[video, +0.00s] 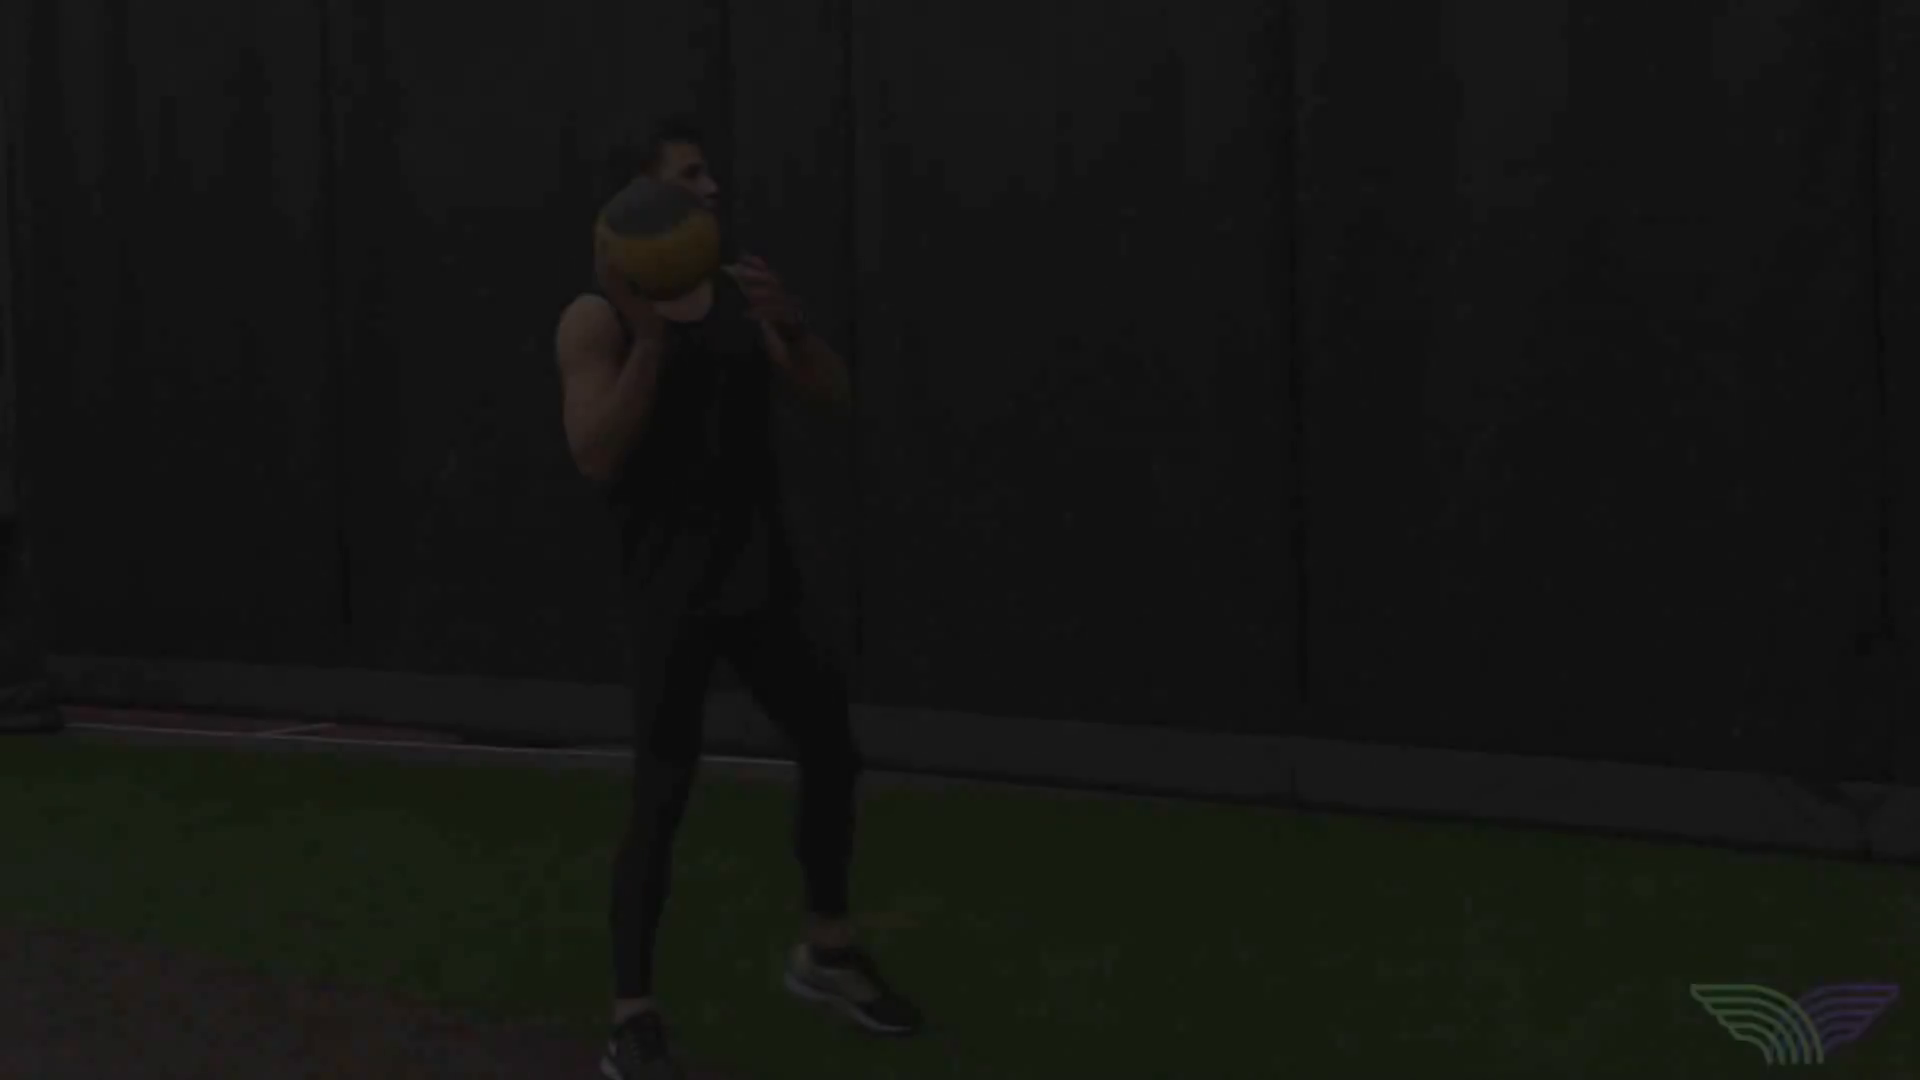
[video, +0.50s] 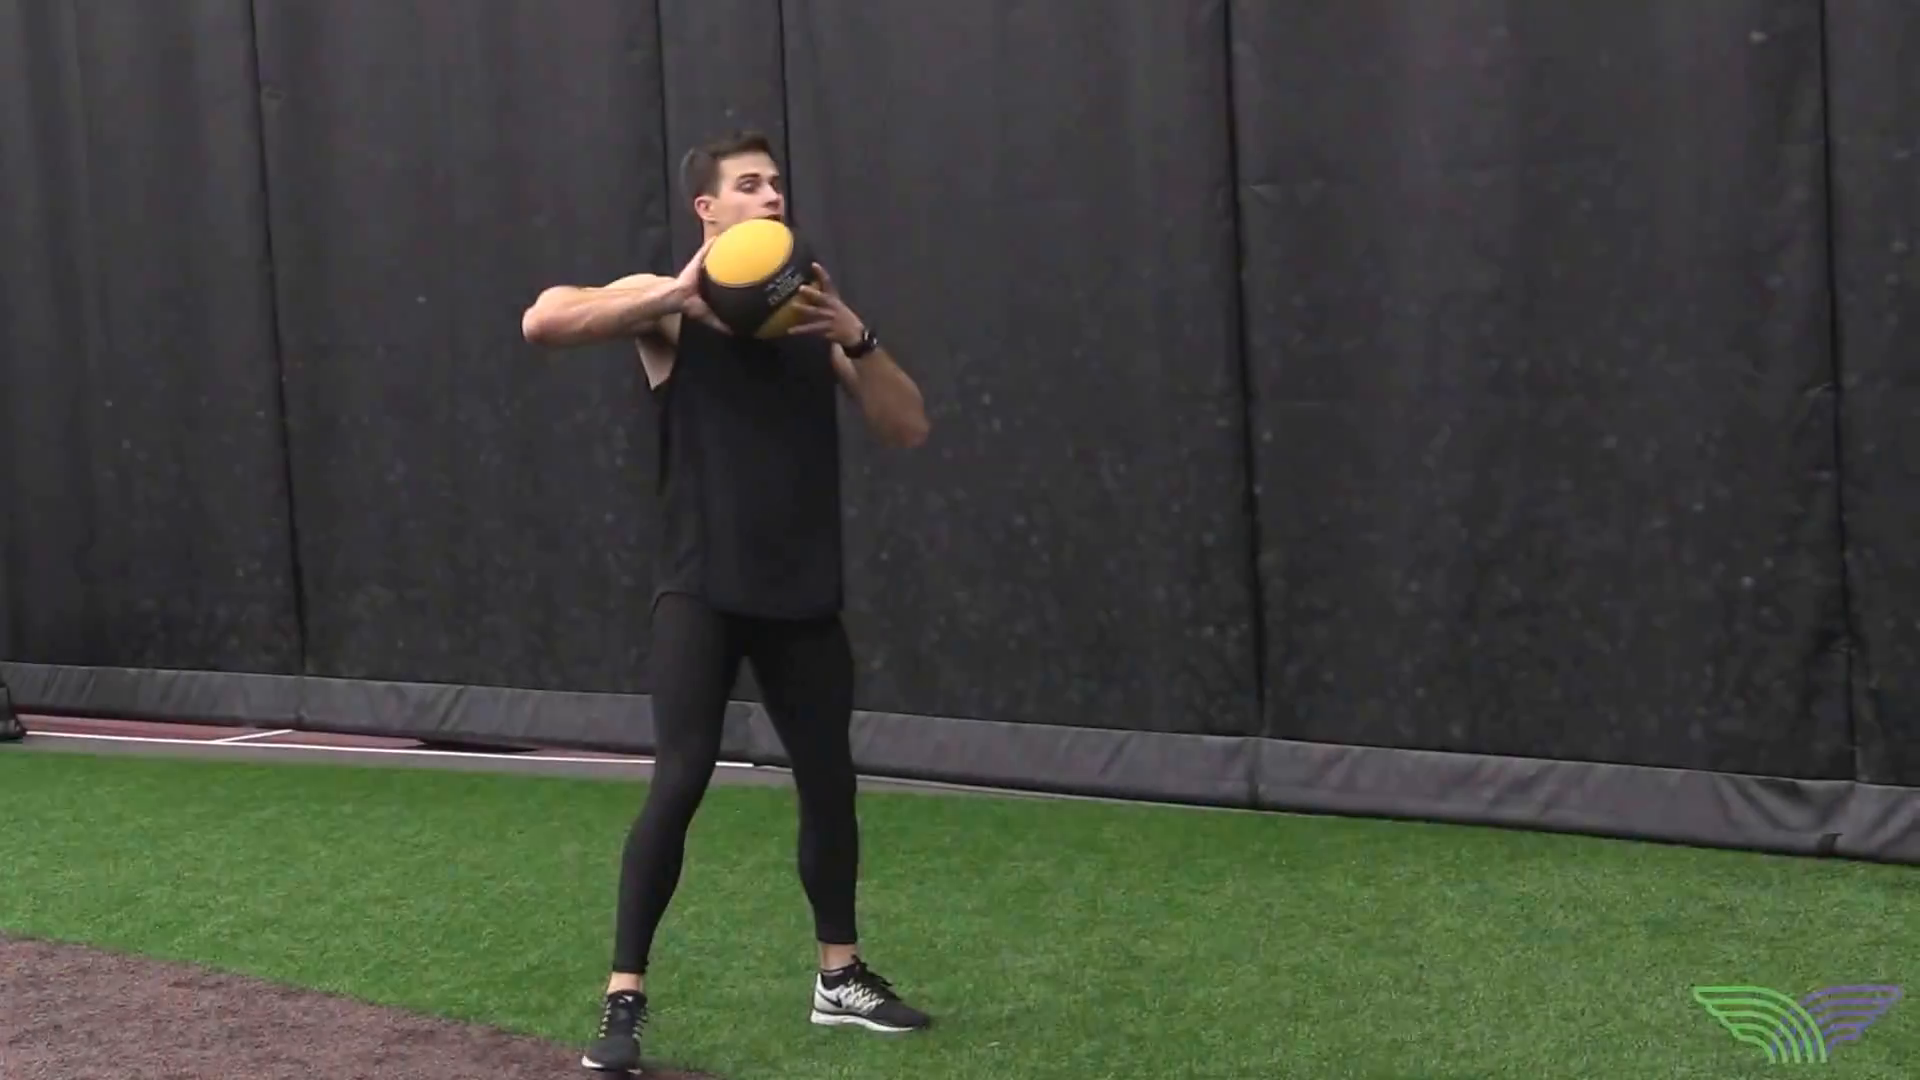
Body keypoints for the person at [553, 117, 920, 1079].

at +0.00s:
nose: (702, 192)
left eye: (705, 177)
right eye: (682, 179)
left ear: (715, 190)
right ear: (638, 196)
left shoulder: (737, 297)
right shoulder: (598, 317)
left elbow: (827, 396)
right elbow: (595, 452)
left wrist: (783, 328)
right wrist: (650, 339)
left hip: (758, 570)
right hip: (664, 580)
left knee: (830, 749)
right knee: (660, 789)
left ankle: (828, 948)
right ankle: (633, 1008)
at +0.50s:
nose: (770, 197)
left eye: (776, 185)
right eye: (749, 184)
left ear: (788, 205)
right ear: (704, 206)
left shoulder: (815, 306)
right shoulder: (666, 297)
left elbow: (910, 425)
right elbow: (540, 321)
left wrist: (856, 342)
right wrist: (668, 296)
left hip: (802, 588)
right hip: (699, 586)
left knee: (831, 781)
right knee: (680, 780)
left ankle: (840, 977)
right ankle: (625, 992)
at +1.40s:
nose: (382, 444)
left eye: (380, 423)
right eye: (358, 442)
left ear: (381, 402)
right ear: (305, 456)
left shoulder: (440, 465)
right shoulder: (261, 476)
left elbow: (533, 582)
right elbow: (107, 482)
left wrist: (427, 584)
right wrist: (214, 533)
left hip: (494, 637)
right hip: (379, 662)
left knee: (602, 783)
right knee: (371, 812)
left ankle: (676, 935)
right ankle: (349, 1021)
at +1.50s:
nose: (385, 457)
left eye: (382, 438)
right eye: (362, 457)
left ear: (385, 421)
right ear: (309, 471)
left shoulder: (439, 480)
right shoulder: (264, 489)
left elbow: (534, 596)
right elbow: (109, 487)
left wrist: (424, 599)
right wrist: (212, 542)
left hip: (493, 644)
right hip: (376, 667)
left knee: (609, 784)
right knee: (371, 811)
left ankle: (677, 935)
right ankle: (351, 1020)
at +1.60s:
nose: (400, 458)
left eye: (396, 439)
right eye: (378, 457)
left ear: (399, 422)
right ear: (324, 474)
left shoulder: (450, 483)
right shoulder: (275, 493)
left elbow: (541, 600)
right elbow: (118, 490)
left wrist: (435, 600)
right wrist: (223, 545)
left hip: (497, 652)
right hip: (380, 673)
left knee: (620, 782)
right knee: (387, 812)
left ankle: (674, 937)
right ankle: (356, 1018)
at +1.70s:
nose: (423, 440)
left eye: (419, 423)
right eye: (401, 440)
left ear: (419, 404)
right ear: (347, 464)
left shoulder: (472, 468)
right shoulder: (297, 491)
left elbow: (559, 577)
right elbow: (140, 496)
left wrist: (462, 581)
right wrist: (252, 537)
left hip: (497, 653)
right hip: (389, 680)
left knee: (636, 781)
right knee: (411, 814)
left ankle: (664, 942)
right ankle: (361, 1019)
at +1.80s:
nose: (457, 379)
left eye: (450, 363)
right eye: (436, 377)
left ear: (451, 360)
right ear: (389, 408)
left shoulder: (495, 412)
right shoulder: (333, 470)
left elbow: (600, 505)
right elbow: (183, 510)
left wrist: (512, 501)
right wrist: (305, 510)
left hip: (507, 659)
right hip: (411, 680)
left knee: (654, 777)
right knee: (446, 822)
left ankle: (641, 957)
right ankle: (367, 1018)